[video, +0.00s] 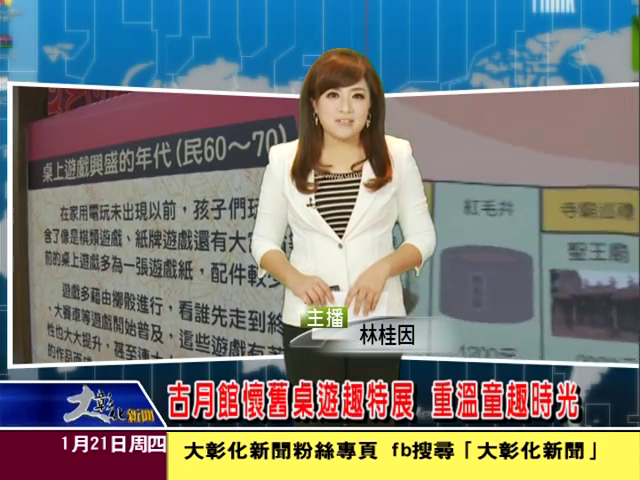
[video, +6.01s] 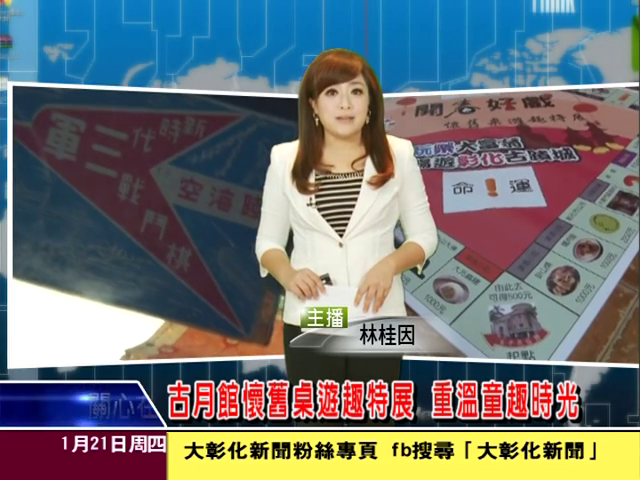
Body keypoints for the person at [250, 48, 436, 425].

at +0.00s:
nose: (346, 107)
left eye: (357, 96)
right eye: (333, 96)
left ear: (371, 105)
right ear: (313, 104)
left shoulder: (394, 156)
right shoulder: (285, 160)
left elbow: (423, 238)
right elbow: (263, 242)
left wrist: (382, 267)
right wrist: (296, 279)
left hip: (377, 323)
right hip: (308, 323)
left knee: (376, 439)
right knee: (314, 439)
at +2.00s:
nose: (347, 109)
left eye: (359, 97)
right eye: (334, 97)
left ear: (373, 104)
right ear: (315, 105)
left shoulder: (396, 155)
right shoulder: (287, 160)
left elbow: (424, 239)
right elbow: (265, 243)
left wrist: (383, 267)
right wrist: (297, 279)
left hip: (379, 323)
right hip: (309, 323)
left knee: (377, 439)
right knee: (314, 438)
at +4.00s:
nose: (343, 105)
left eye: (355, 94)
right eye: (330, 94)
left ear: (370, 103)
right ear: (312, 104)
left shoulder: (395, 155)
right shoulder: (286, 159)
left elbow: (422, 237)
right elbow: (268, 242)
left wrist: (389, 265)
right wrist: (289, 273)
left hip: (376, 326)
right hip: (307, 324)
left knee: (375, 441)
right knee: (313, 440)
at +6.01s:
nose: (345, 104)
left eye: (356, 92)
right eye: (332, 93)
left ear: (370, 101)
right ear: (313, 104)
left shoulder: (396, 155)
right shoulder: (287, 159)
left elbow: (424, 237)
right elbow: (268, 242)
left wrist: (389, 265)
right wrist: (290, 274)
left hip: (378, 324)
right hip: (308, 323)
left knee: (375, 440)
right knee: (313, 439)